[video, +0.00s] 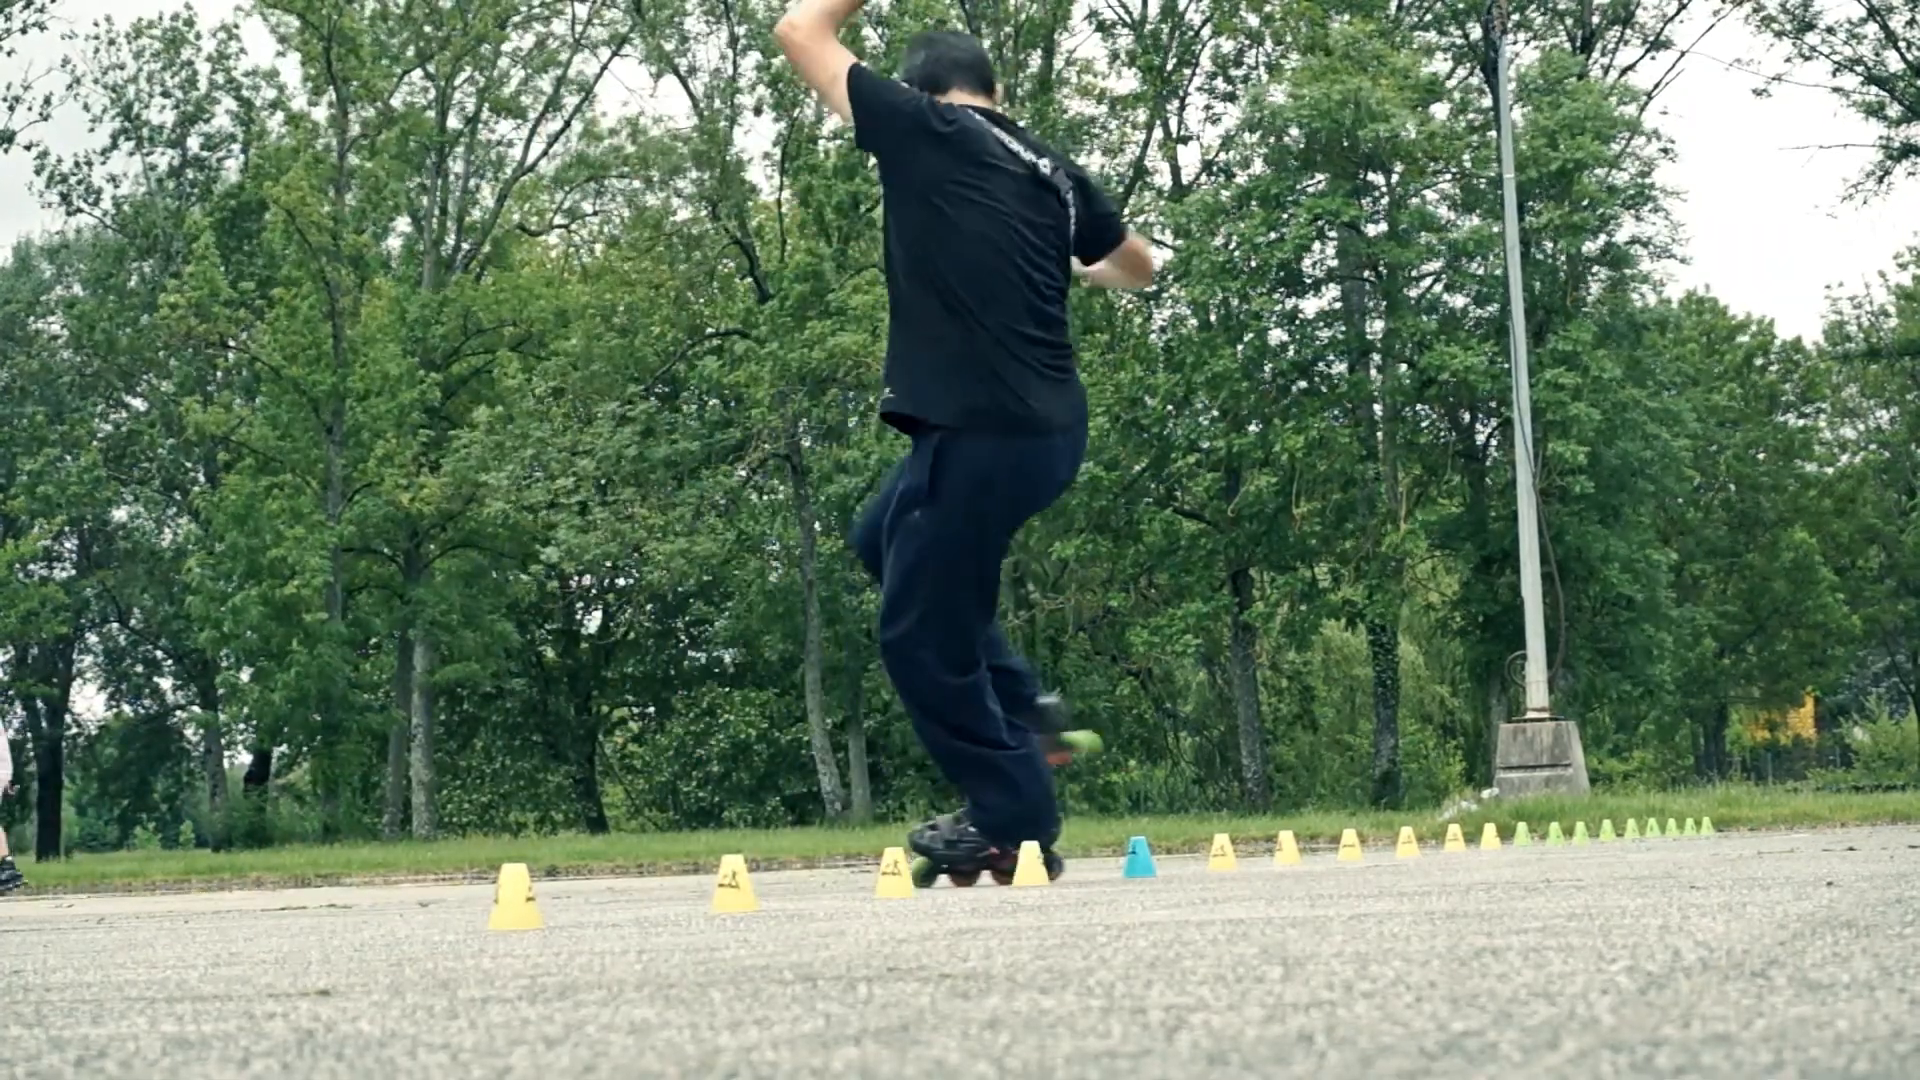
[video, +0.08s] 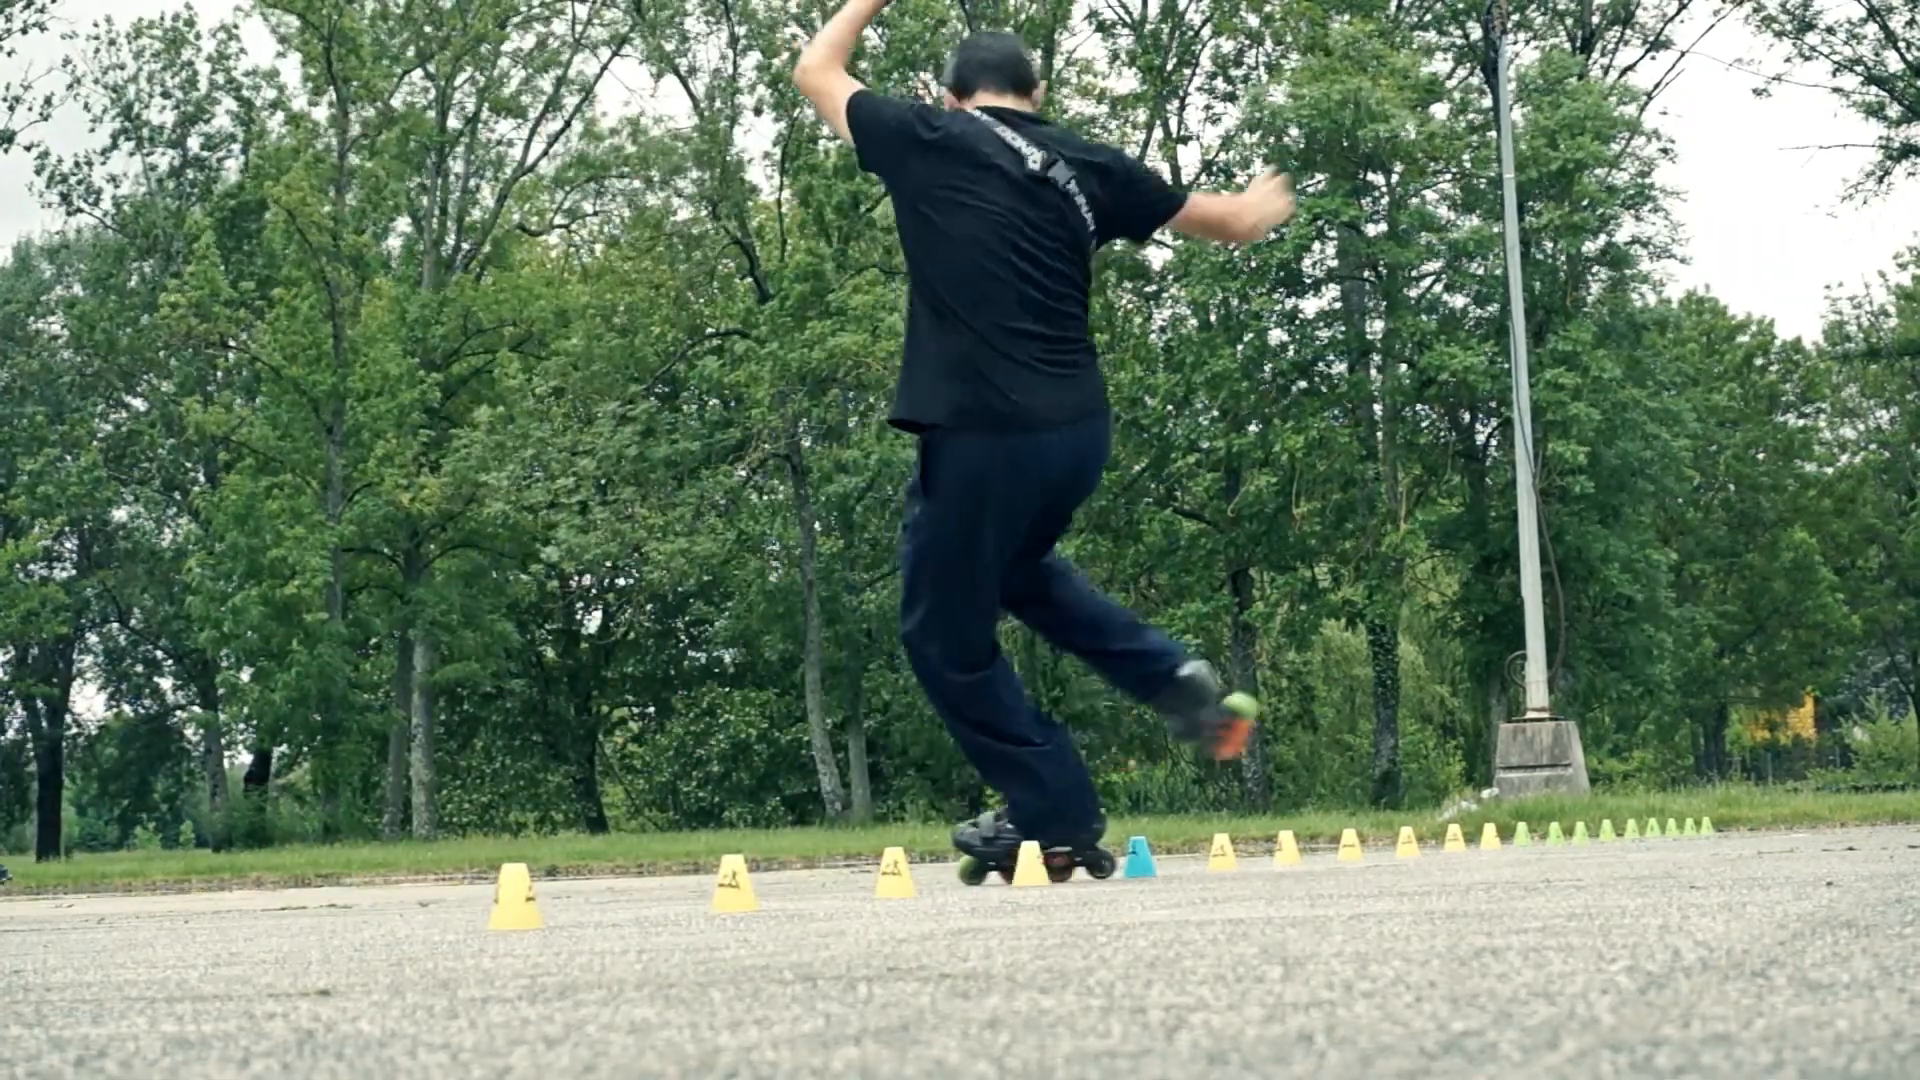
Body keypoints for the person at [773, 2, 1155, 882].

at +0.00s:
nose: (896, 113)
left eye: (900, 100)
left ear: (920, 94)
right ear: (995, 92)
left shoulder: (918, 121)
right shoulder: (1054, 170)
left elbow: (802, 33)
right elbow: (1138, 265)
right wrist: (1077, 259)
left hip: (984, 431)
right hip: (1047, 429)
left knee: (920, 636)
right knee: (878, 535)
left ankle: (1010, 815)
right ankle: (1020, 707)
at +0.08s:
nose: (941, 102)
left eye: (943, 95)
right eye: (951, 96)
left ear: (951, 97)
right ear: (1034, 95)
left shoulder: (923, 133)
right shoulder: (1084, 161)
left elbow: (816, 68)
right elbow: (1223, 222)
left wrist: (863, 6)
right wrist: (1259, 206)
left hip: (980, 439)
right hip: (1078, 430)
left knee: (945, 640)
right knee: (1021, 571)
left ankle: (1054, 814)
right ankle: (1172, 677)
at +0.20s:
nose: (1111, 94)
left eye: (1105, 87)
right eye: (1110, 83)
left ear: (1016, 83)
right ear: (1100, 82)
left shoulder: (962, 142)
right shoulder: (1136, 137)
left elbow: (895, 145)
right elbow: (1288, 133)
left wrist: (907, 77)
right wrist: (1351, 76)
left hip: (1002, 427)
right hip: (1111, 407)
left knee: (1016, 624)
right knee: (1135, 546)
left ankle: (1136, 811)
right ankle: (1205, 615)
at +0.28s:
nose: (1153, 83)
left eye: (1152, 74)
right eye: (1153, 71)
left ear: (1060, 64)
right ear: (1136, 65)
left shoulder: (993, 145)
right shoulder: (1153, 113)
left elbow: (988, 205)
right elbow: (1302, 82)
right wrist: (1352, 10)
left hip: (1014, 411)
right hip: (1123, 387)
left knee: (1084, 632)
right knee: (1194, 536)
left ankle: (1192, 817)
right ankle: (1167, 594)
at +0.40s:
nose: (1225, 78)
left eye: (1224, 64)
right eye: (1218, 62)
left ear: (1139, 50)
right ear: (1184, 49)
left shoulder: (1081, 124)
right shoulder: (1165, 83)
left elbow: (1102, 264)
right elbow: (1315, 46)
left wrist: (1197, 310)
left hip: (1041, 389)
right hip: (1125, 366)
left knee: (1161, 609)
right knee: (1235, 556)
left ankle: (1238, 804)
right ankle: (1048, 612)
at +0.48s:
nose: (1266, 75)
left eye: (1267, 66)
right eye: (1261, 62)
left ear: (1202, 46)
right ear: (1227, 45)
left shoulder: (1164, 148)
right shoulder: (1174, 66)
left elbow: (1214, 287)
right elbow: (1327, 72)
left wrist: (1314, 361)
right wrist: (1365, 55)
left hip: (1060, 376)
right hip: (1133, 364)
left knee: (1188, 585)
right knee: (1226, 563)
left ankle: (1250, 797)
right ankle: (1018, 656)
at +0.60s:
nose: (1318, 123)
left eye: (1325, 111)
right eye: (1315, 101)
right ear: (1268, 67)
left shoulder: (1215, 211)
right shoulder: (1210, 77)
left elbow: (1308, 314)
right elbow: (1343, 173)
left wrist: (1430, 386)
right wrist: (1420, 245)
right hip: (1120, 354)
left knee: (1215, 584)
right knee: (1189, 576)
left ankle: (1252, 786)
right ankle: (1052, 756)